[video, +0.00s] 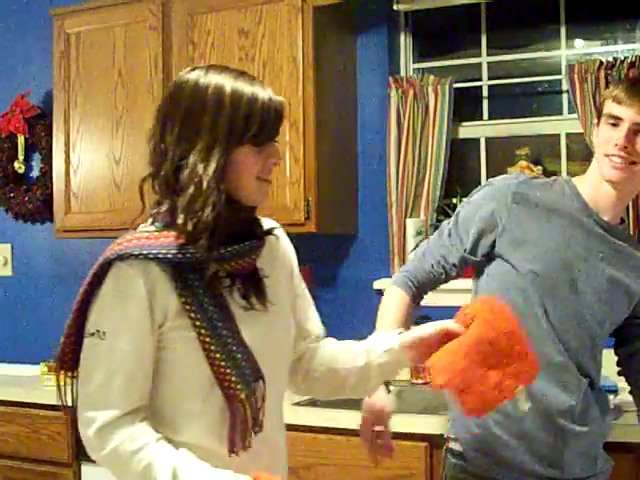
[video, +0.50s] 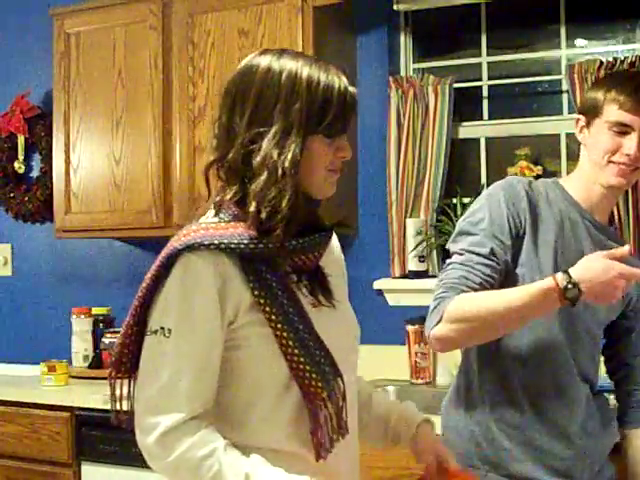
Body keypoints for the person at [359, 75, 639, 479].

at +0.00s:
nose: (624, 142)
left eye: (639, 131)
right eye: (614, 123)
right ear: (594, 129)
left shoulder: (632, 265)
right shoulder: (511, 199)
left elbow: (637, 374)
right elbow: (406, 284)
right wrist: (378, 384)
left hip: (579, 466)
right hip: (484, 459)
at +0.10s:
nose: (622, 139)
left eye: (637, 128)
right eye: (613, 121)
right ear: (590, 125)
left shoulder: (632, 261)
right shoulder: (509, 199)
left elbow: (635, 380)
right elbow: (408, 293)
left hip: (582, 462)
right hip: (490, 456)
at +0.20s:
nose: (618, 142)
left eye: (636, 130)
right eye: (607, 122)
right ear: (584, 123)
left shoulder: (633, 260)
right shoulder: (506, 204)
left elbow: (637, 381)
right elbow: (419, 315)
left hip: (586, 467)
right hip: (491, 460)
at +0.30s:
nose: (622, 147)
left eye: (638, 135)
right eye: (611, 126)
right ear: (581, 125)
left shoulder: (630, 255)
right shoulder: (507, 202)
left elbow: (630, 365)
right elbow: (440, 322)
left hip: (587, 463)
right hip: (493, 459)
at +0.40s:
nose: (630, 149)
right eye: (617, 129)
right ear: (581, 127)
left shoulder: (624, 255)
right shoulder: (511, 200)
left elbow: (635, 375)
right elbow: (446, 331)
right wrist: (564, 283)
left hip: (588, 459)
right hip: (498, 456)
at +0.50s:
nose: (633, 150)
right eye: (620, 129)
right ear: (582, 128)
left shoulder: (622, 257)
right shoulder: (513, 200)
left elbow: (631, 383)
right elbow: (443, 327)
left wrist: (631, 462)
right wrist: (569, 286)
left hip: (583, 458)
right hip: (490, 457)